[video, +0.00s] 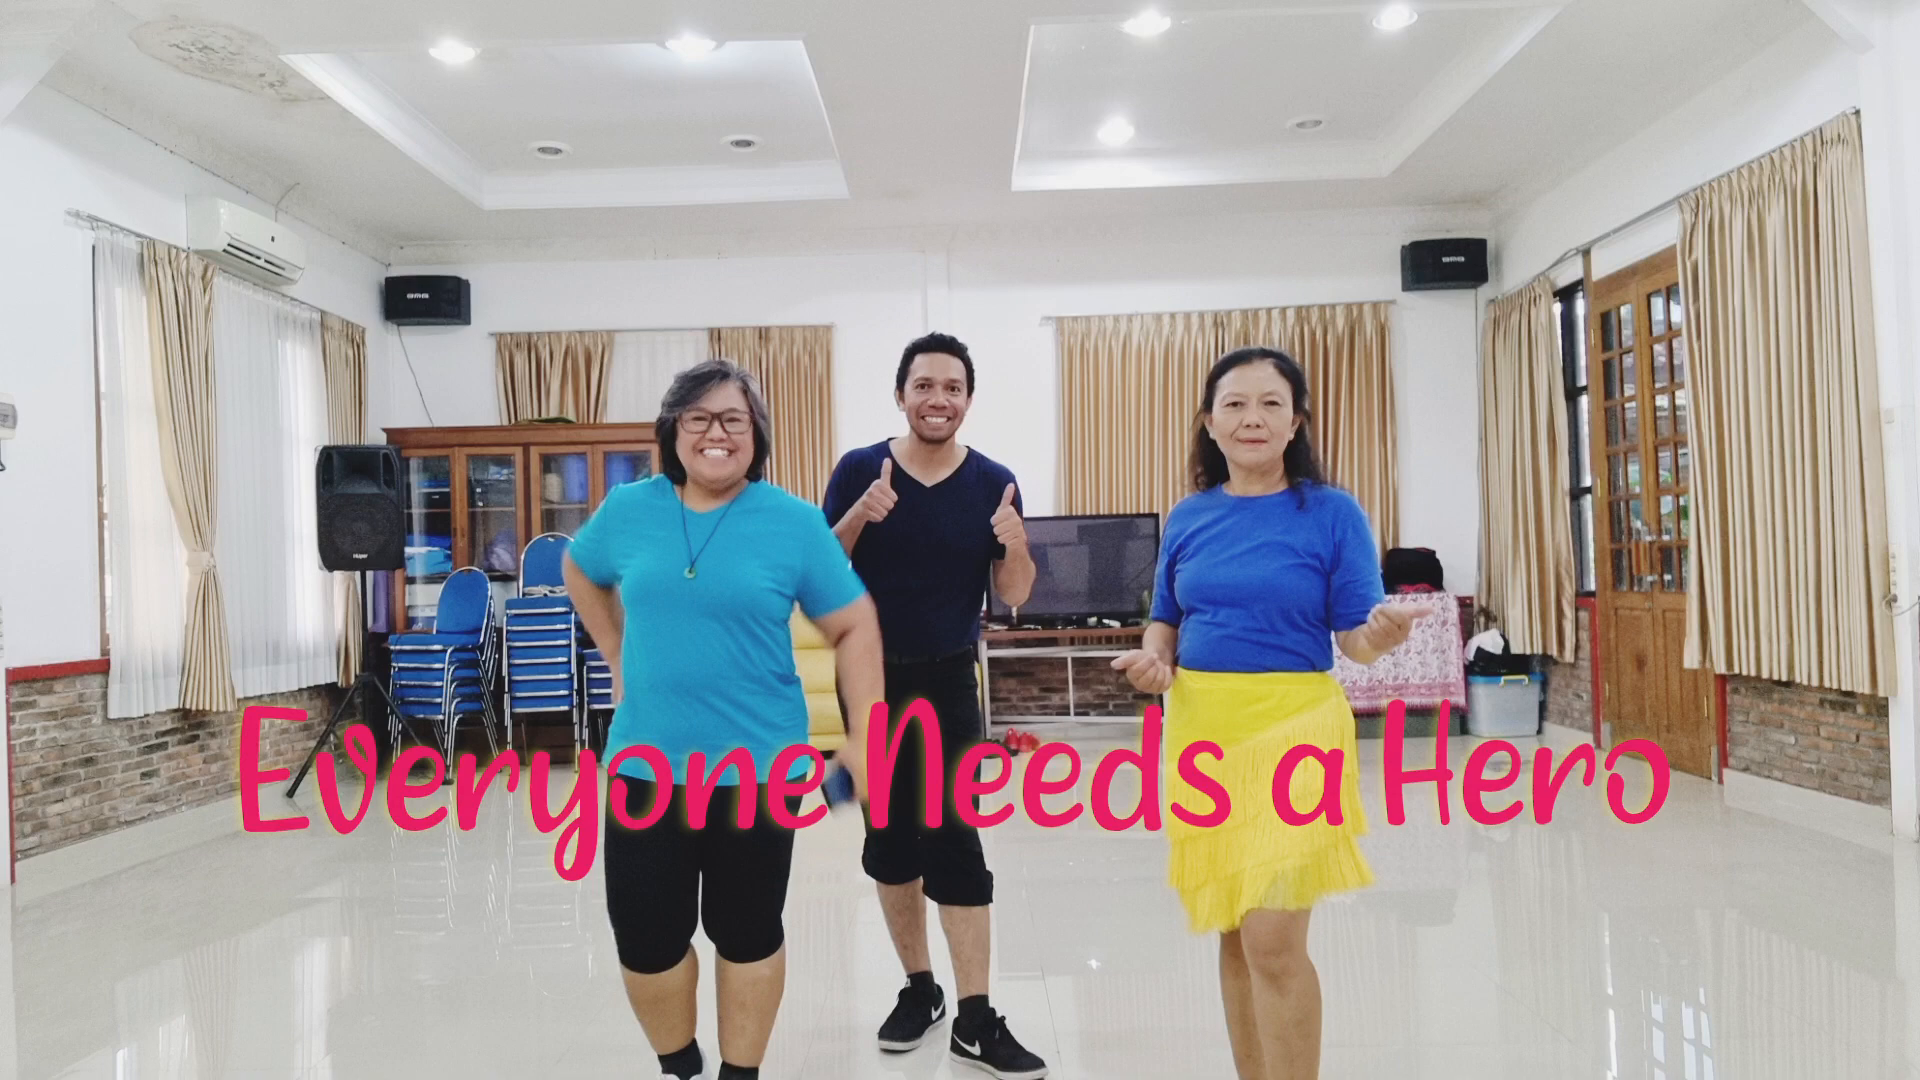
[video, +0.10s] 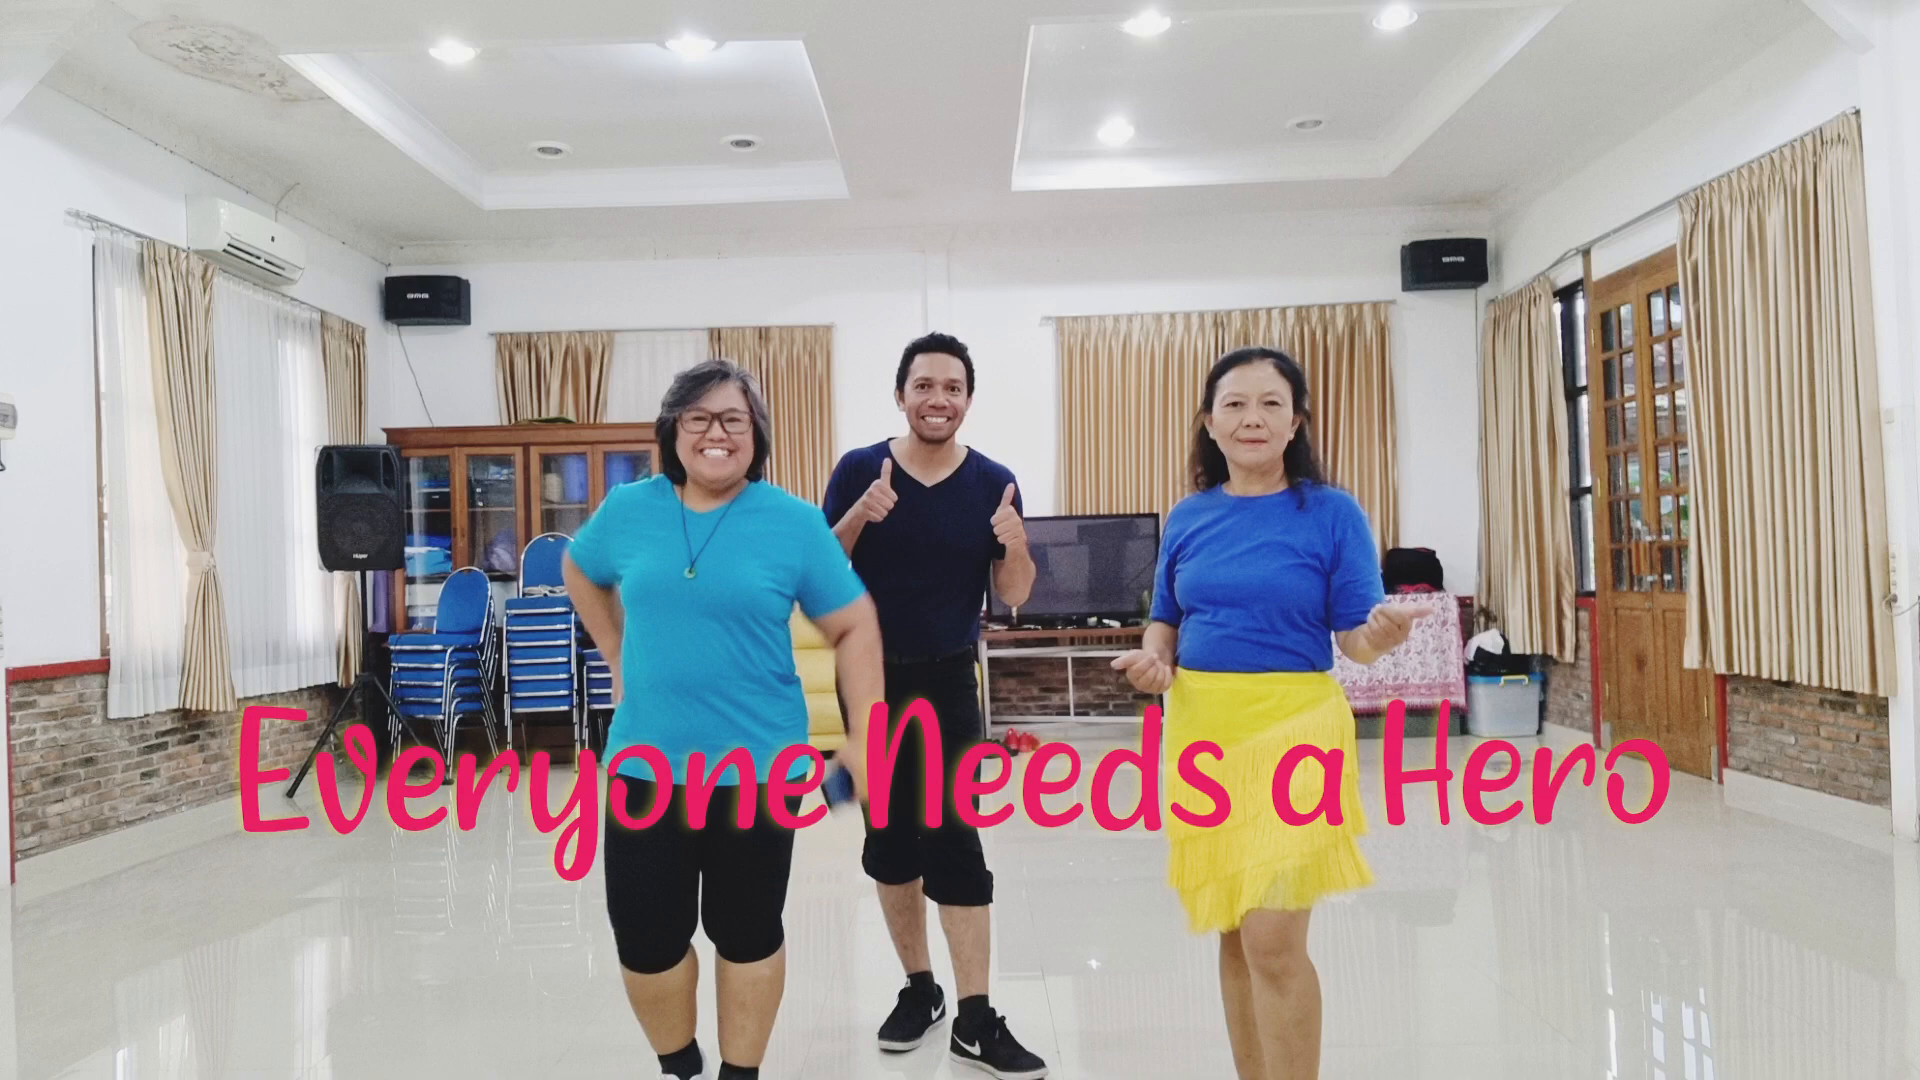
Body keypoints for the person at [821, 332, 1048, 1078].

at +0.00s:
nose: (938, 400)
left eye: (952, 388)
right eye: (924, 386)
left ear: (968, 399)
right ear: (900, 396)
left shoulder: (992, 483)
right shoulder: (858, 472)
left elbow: (1014, 595)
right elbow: (813, 570)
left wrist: (1015, 548)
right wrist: (854, 520)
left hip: (950, 676)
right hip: (872, 676)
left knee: (957, 841)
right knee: (892, 840)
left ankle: (975, 1014)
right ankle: (919, 990)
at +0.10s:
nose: (938, 400)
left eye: (952, 388)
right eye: (924, 386)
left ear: (968, 399)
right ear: (900, 396)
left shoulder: (992, 483)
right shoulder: (858, 472)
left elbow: (1014, 595)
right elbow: (813, 570)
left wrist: (1015, 548)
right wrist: (854, 520)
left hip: (950, 676)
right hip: (872, 676)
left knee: (957, 841)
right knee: (892, 840)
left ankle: (975, 1014)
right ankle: (919, 990)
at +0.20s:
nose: (938, 400)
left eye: (952, 388)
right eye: (924, 386)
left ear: (968, 399)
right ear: (900, 396)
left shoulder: (992, 483)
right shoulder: (858, 472)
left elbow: (1014, 595)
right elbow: (813, 570)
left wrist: (1015, 548)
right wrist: (854, 520)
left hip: (950, 676)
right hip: (872, 676)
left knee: (957, 841)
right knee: (892, 840)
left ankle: (975, 1014)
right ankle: (919, 990)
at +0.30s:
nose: (938, 400)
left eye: (952, 388)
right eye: (924, 386)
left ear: (968, 399)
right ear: (900, 396)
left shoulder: (992, 483)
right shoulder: (858, 472)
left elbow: (1014, 595)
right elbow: (813, 570)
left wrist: (1015, 548)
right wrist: (854, 520)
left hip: (950, 676)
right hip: (872, 676)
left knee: (957, 841)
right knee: (892, 840)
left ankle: (975, 1014)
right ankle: (919, 990)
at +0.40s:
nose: (938, 400)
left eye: (952, 388)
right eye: (924, 386)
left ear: (968, 399)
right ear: (900, 396)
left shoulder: (992, 483)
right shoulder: (858, 472)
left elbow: (1014, 595)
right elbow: (813, 570)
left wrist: (1015, 548)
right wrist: (854, 520)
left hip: (950, 676)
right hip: (872, 676)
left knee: (957, 841)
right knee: (892, 840)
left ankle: (975, 1014)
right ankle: (919, 990)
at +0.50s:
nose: (938, 400)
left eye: (952, 388)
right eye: (924, 386)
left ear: (968, 399)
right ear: (900, 396)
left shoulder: (992, 483)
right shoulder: (858, 472)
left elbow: (1014, 595)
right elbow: (813, 570)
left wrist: (1015, 548)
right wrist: (854, 520)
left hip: (950, 676)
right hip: (872, 676)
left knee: (957, 841)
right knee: (892, 840)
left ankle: (975, 1014)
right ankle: (919, 990)